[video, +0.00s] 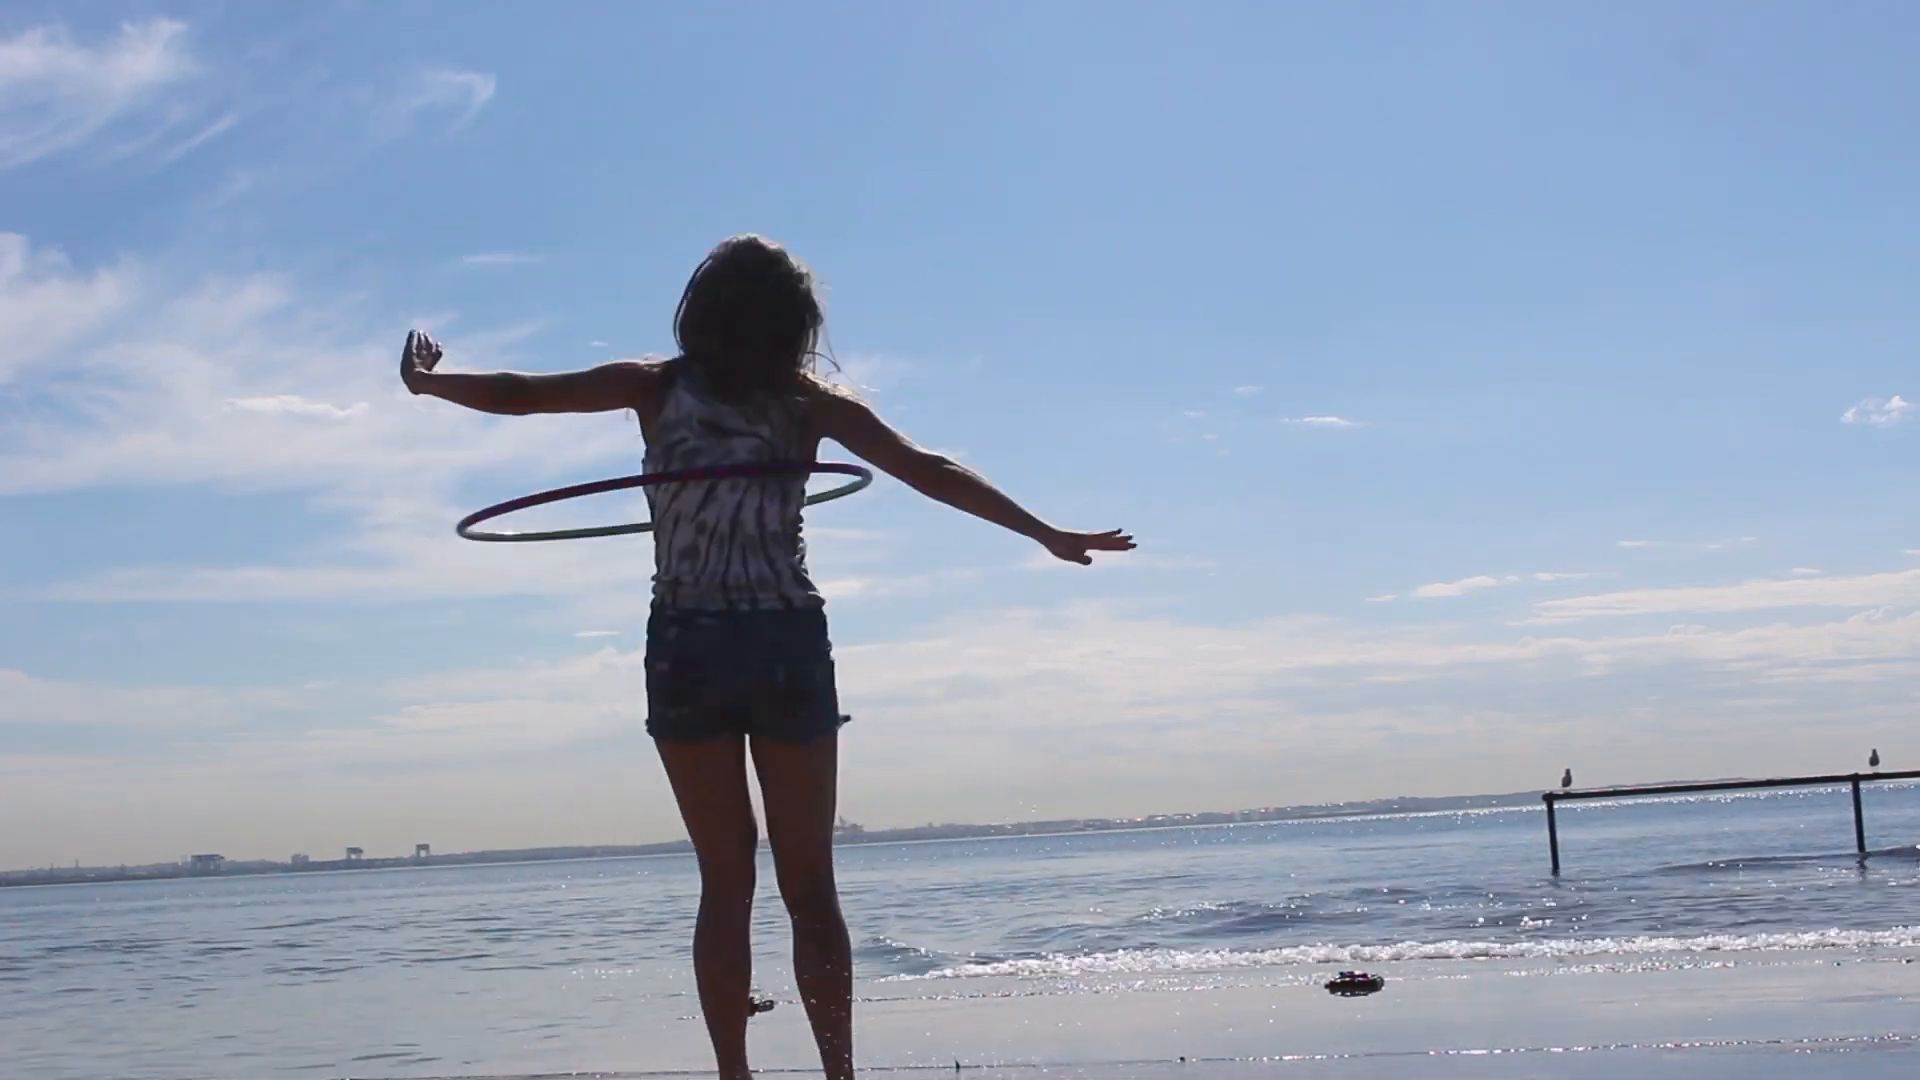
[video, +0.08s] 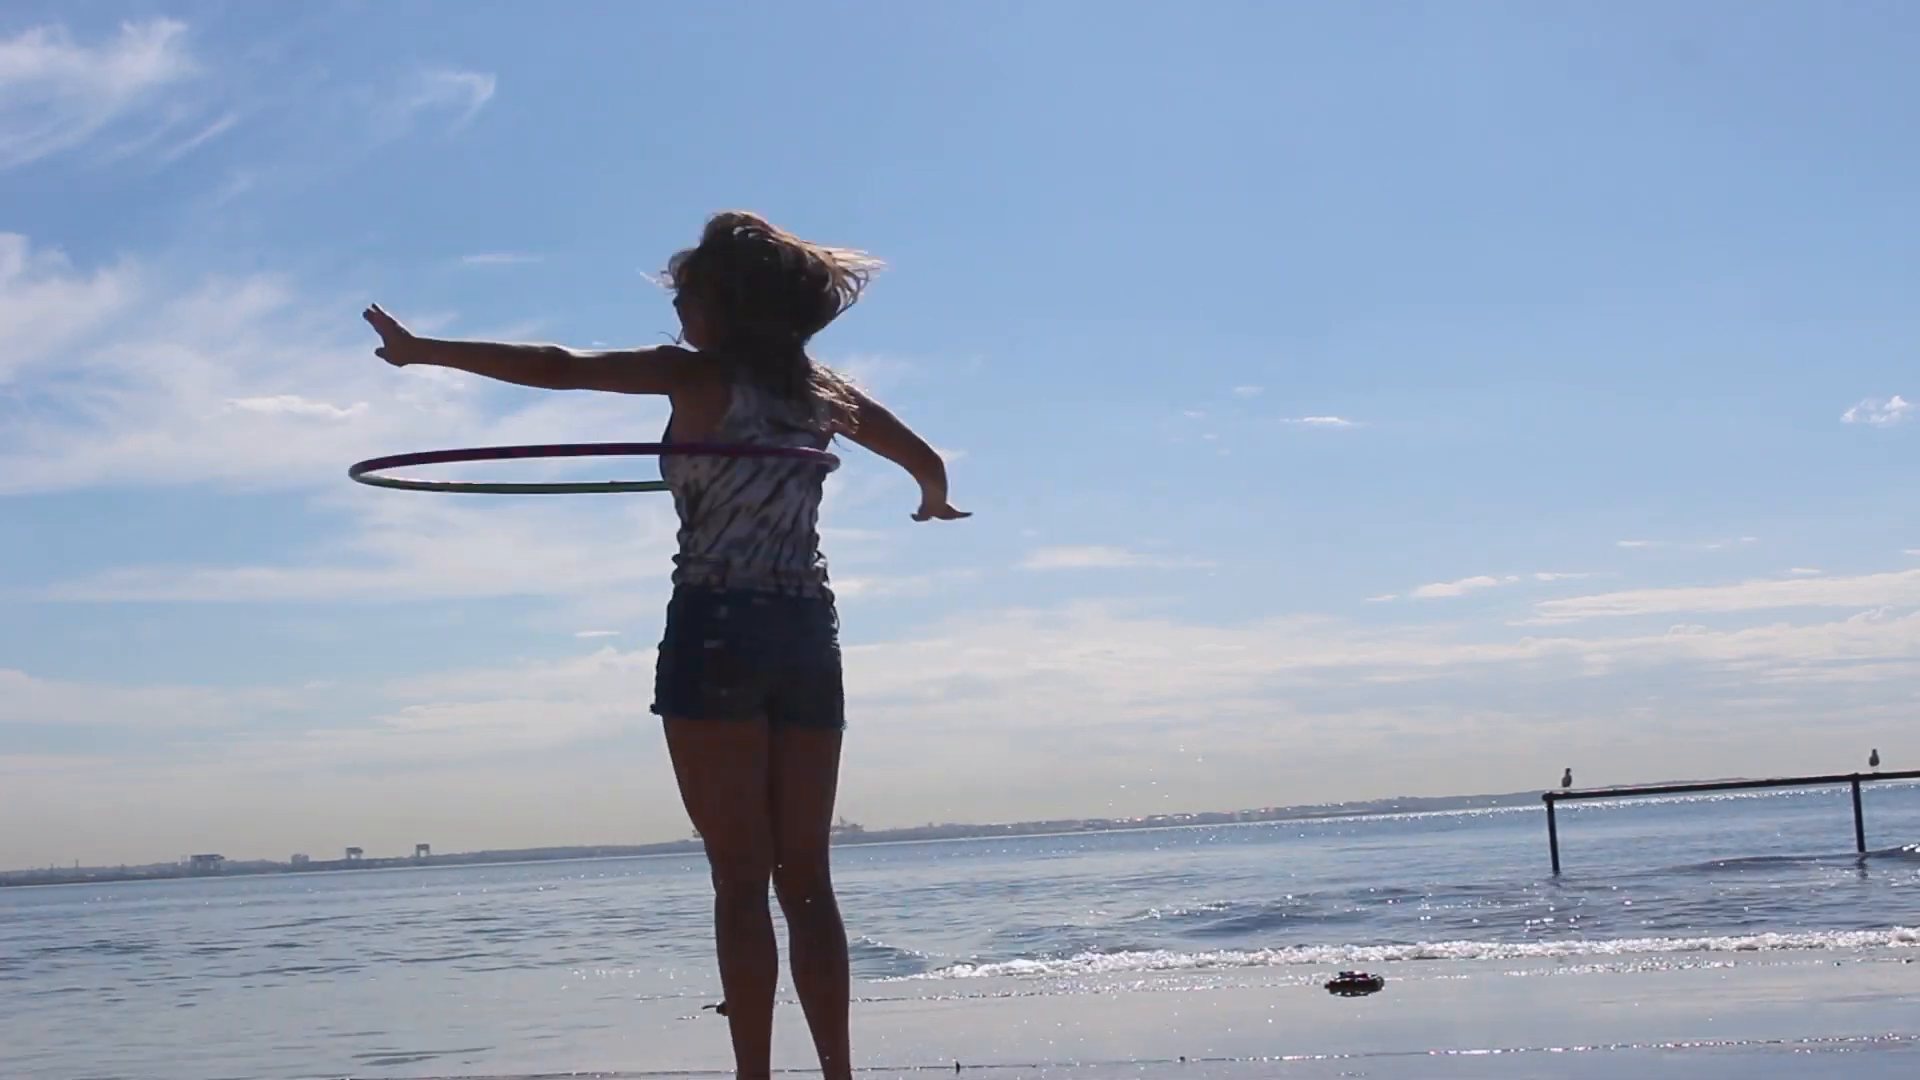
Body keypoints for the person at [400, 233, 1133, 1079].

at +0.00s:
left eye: (712, 296)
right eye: (794, 312)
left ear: (699, 314)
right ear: (792, 323)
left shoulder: (655, 388)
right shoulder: (811, 402)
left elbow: (523, 395)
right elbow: (927, 470)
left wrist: (428, 379)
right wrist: (1047, 532)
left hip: (684, 647)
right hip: (788, 644)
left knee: (725, 876)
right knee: (809, 881)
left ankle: (732, 1071)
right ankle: (840, 1068)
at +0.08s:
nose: (678, 309)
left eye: (688, 294)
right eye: (680, 294)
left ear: (728, 300)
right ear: (772, 304)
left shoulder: (696, 372)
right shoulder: (823, 389)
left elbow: (556, 367)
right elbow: (922, 455)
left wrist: (420, 351)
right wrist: (937, 497)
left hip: (715, 635)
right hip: (809, 637)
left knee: (739, 875)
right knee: (809, 877)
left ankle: (754, 1073)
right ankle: (841, 1071)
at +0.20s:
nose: (676, 301)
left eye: (693, 286)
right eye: (674, 287)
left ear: (741, 293)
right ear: (690, 298)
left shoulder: (745, 370)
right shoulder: (718, 378)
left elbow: (793, 386)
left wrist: (830, 372)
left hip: (772, 634)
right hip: (803, 632)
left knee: (742, 859)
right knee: (808, 867)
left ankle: (774, 1072)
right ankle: (855, 1069)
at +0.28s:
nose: (685, 292)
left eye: (705, 275)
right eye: (676, 278)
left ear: (750, 287)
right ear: (669, 295)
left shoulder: (786, 382)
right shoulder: (685, 385)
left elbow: (930, 405)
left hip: (804, 650)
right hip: (746, 662)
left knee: (765, 871)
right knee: (822, 880)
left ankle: (771, 1074)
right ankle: (902, 1066)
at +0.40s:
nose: (727, 292)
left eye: (742, 275)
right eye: (711, 280)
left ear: (778, 286)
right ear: (693, 297)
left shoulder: (830, 396)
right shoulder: (672, 390)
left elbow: (950, 420)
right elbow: (565, 363)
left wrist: (1044, 424)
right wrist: (487, 328)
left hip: (820, 658)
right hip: (717, 664)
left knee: (803, 885)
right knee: (743, 891)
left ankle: (781, 1075)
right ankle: (874, 1048)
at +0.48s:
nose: (748, 308)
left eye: (764, 289)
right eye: (730, 296)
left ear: (800, 301)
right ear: (711, 313)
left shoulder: (845, 403)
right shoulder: (691, 403)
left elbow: (938, 393)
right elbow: (532, 388)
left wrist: (1002, 373)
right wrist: (395, 364)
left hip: (814, 678)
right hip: (710, 675)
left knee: (835, 879)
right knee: (704, 910)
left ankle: (784, 1072)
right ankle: (752, 1046)